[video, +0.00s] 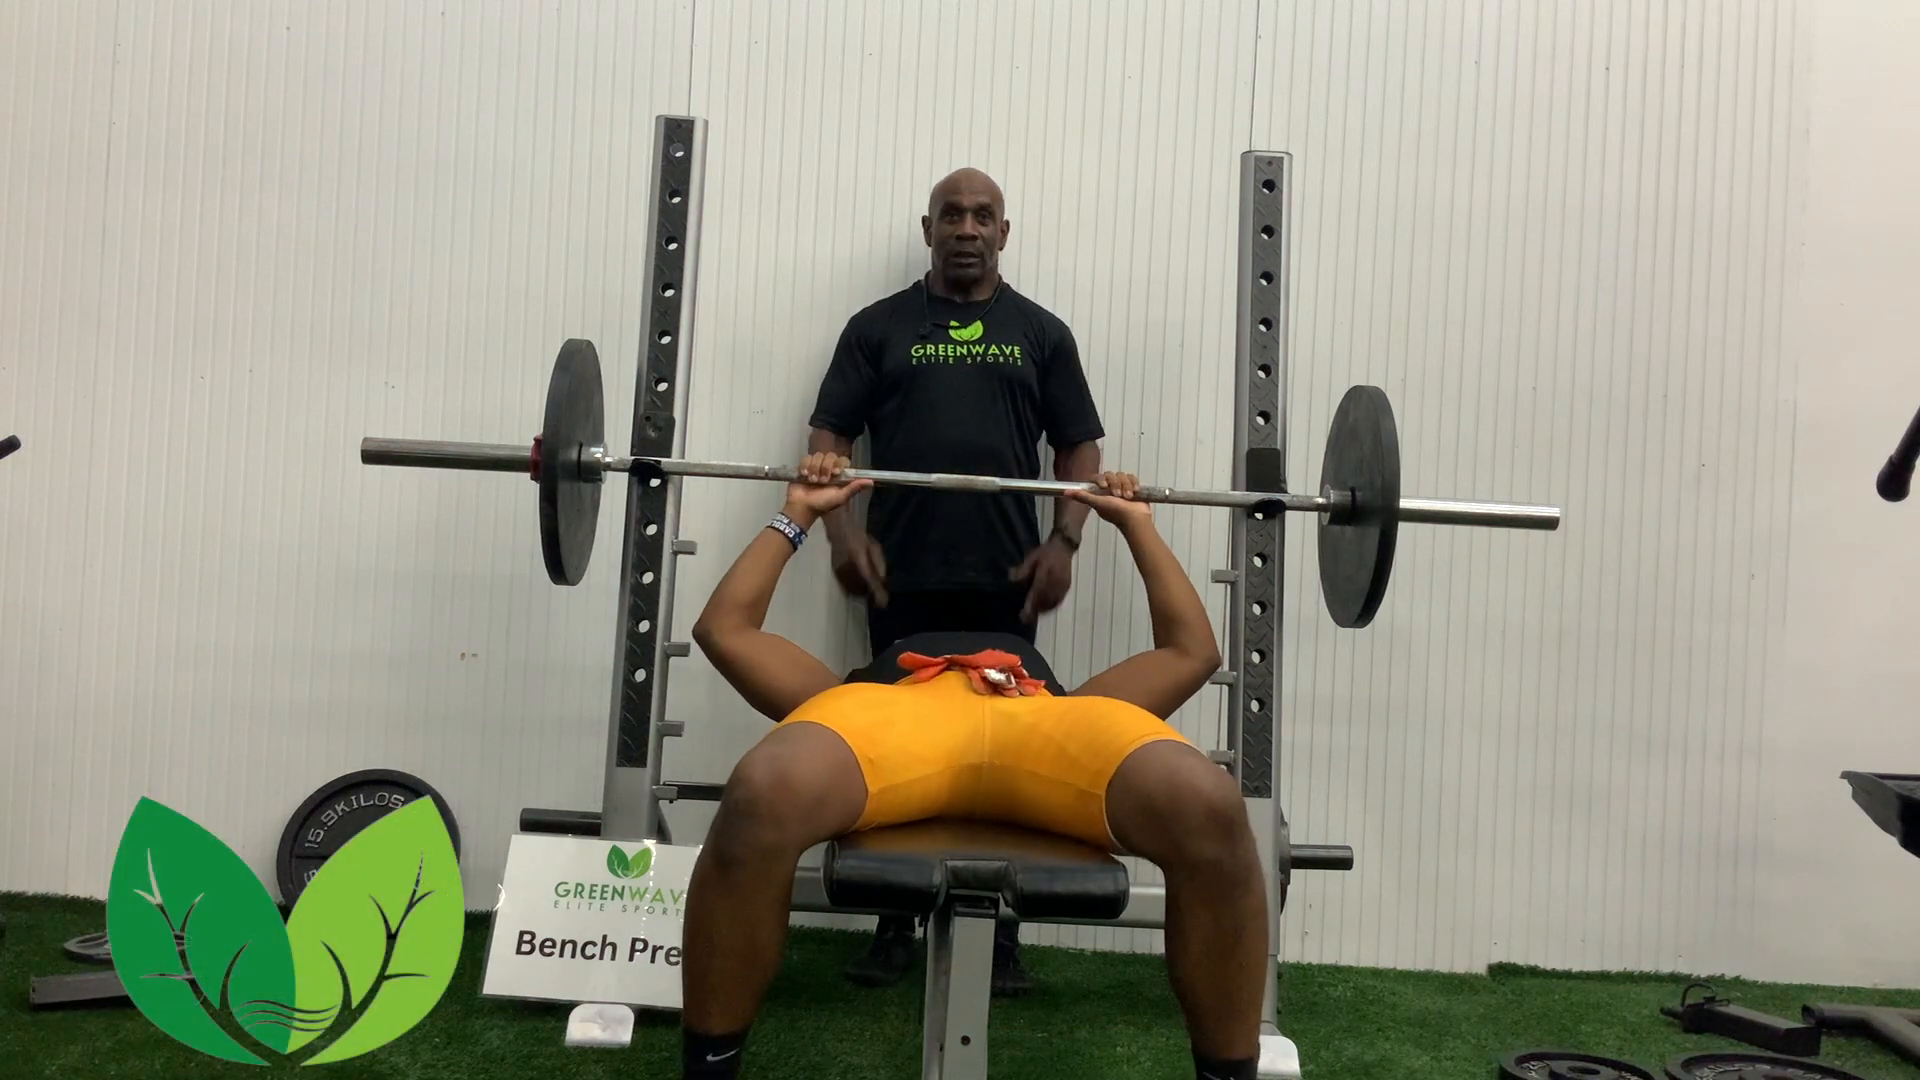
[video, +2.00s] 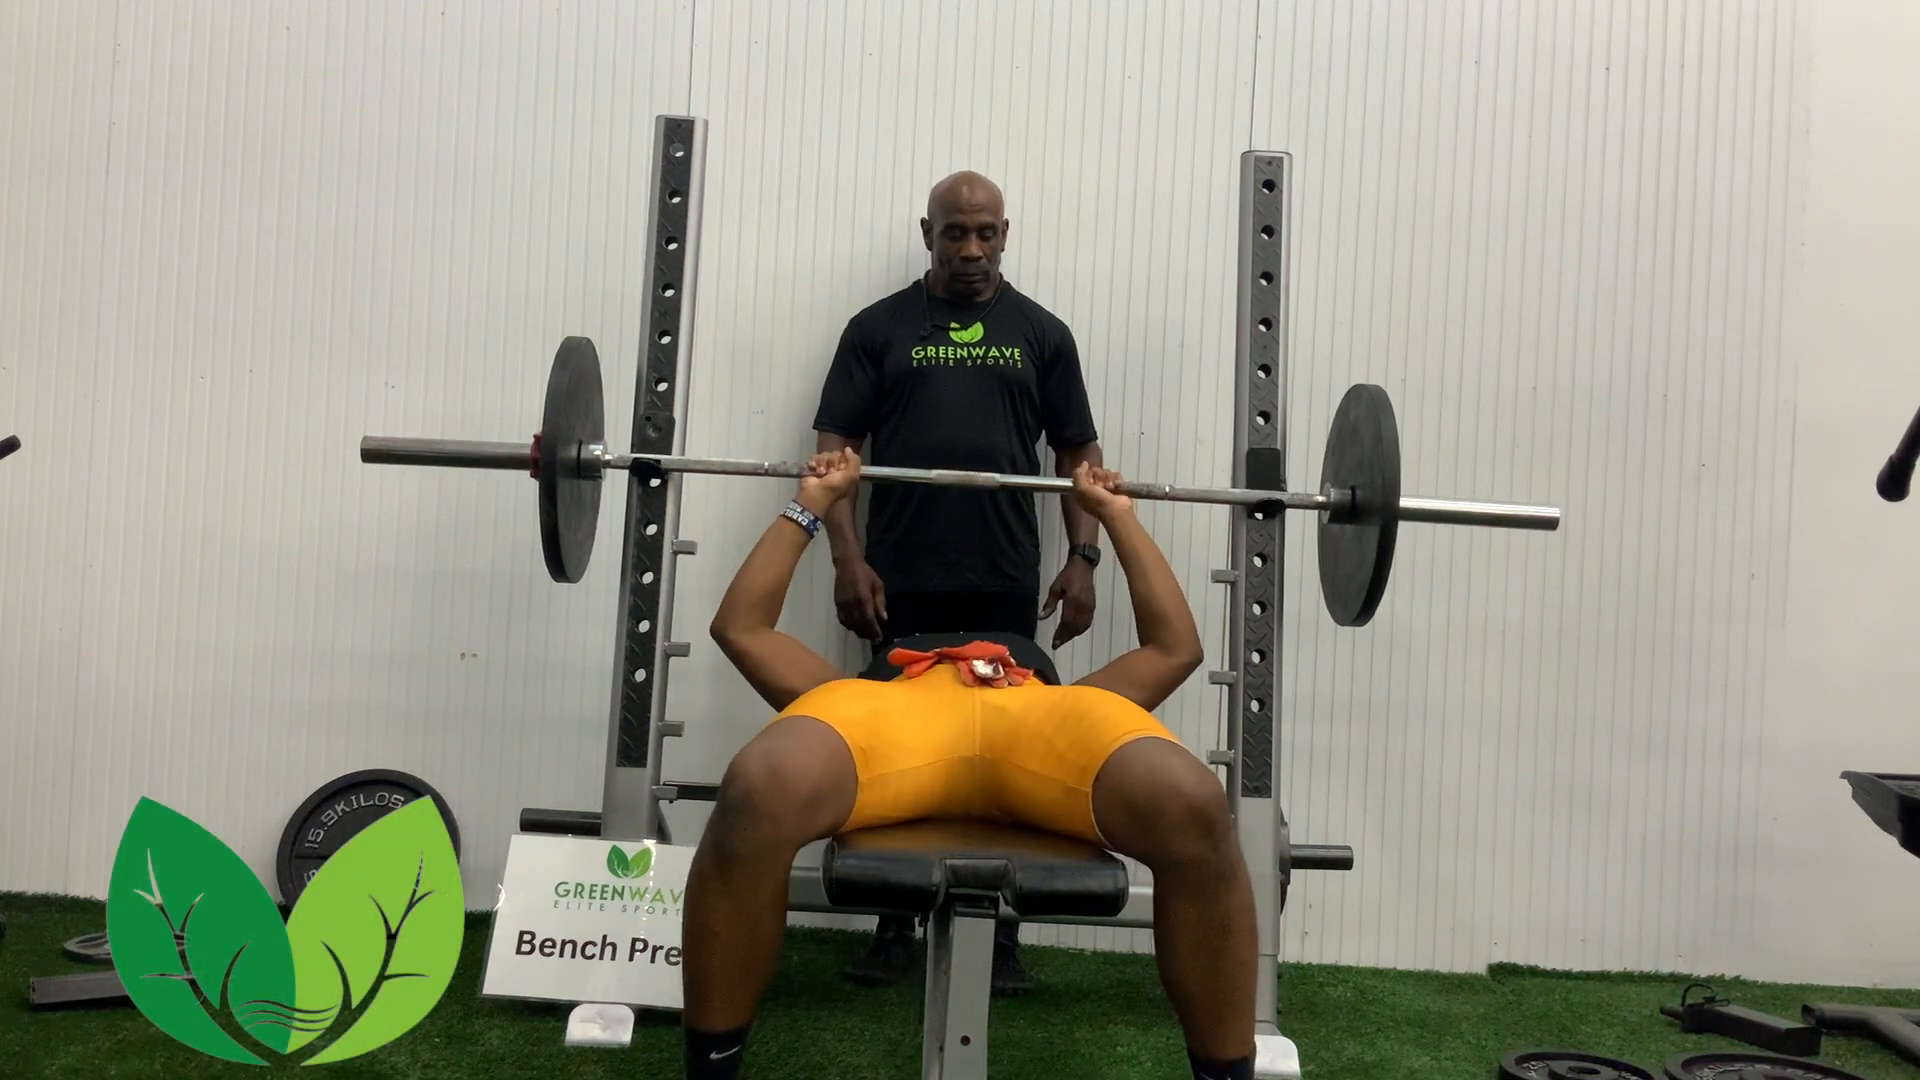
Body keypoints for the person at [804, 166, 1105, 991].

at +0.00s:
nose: (968, 229)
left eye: (983, 216)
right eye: (953, 216)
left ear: (1005, 231)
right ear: (928, 230)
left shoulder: (1042, 335)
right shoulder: (877, 329)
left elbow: (1078, 451)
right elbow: (828, 441)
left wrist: (1063, 541)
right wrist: (844, 530)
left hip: (1005, 584)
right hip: (900, 582)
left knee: (1014, 750)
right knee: (893, 749)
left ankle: (1000, 926)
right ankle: (897, 919)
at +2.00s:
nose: (972, 248)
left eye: (987, 234)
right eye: (956, 233)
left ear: (1006, 238)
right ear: (927, 236)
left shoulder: (1041, 335)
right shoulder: (876, 332)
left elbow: (1078, 457)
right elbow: (833, 456)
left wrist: (1082, 558)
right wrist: (849, 561)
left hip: (1007, 583)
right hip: (903, 580)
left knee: (1013, 750)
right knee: (892, 747)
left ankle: (1000, 930)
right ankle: (896, 922)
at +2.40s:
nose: (974, 248)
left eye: (989, 234)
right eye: (957, 233)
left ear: (1007, 237)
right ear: (929, 236)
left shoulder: (1045, 337)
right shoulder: (876, 332)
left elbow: (1077, 458)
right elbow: (845, 456)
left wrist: (1088, 559)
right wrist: (852, 556)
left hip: (1010, 581)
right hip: (900, 577)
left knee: (1017, 750)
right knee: (892, 746)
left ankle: (1001, 930)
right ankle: (895, 924)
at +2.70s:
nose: (972, 247)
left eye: (987, 234)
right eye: (956, 232)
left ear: (1007, 240)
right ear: (930, 237)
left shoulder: (1045, 336)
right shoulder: (875, 330)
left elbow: (1080, 462)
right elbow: (843, 459)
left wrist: (1091, 566)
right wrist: (851, 560)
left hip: (1008, 577)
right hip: (901, 573)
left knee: (1013, 747)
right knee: (890, 740)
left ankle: (999, 926)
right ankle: (896, 918)